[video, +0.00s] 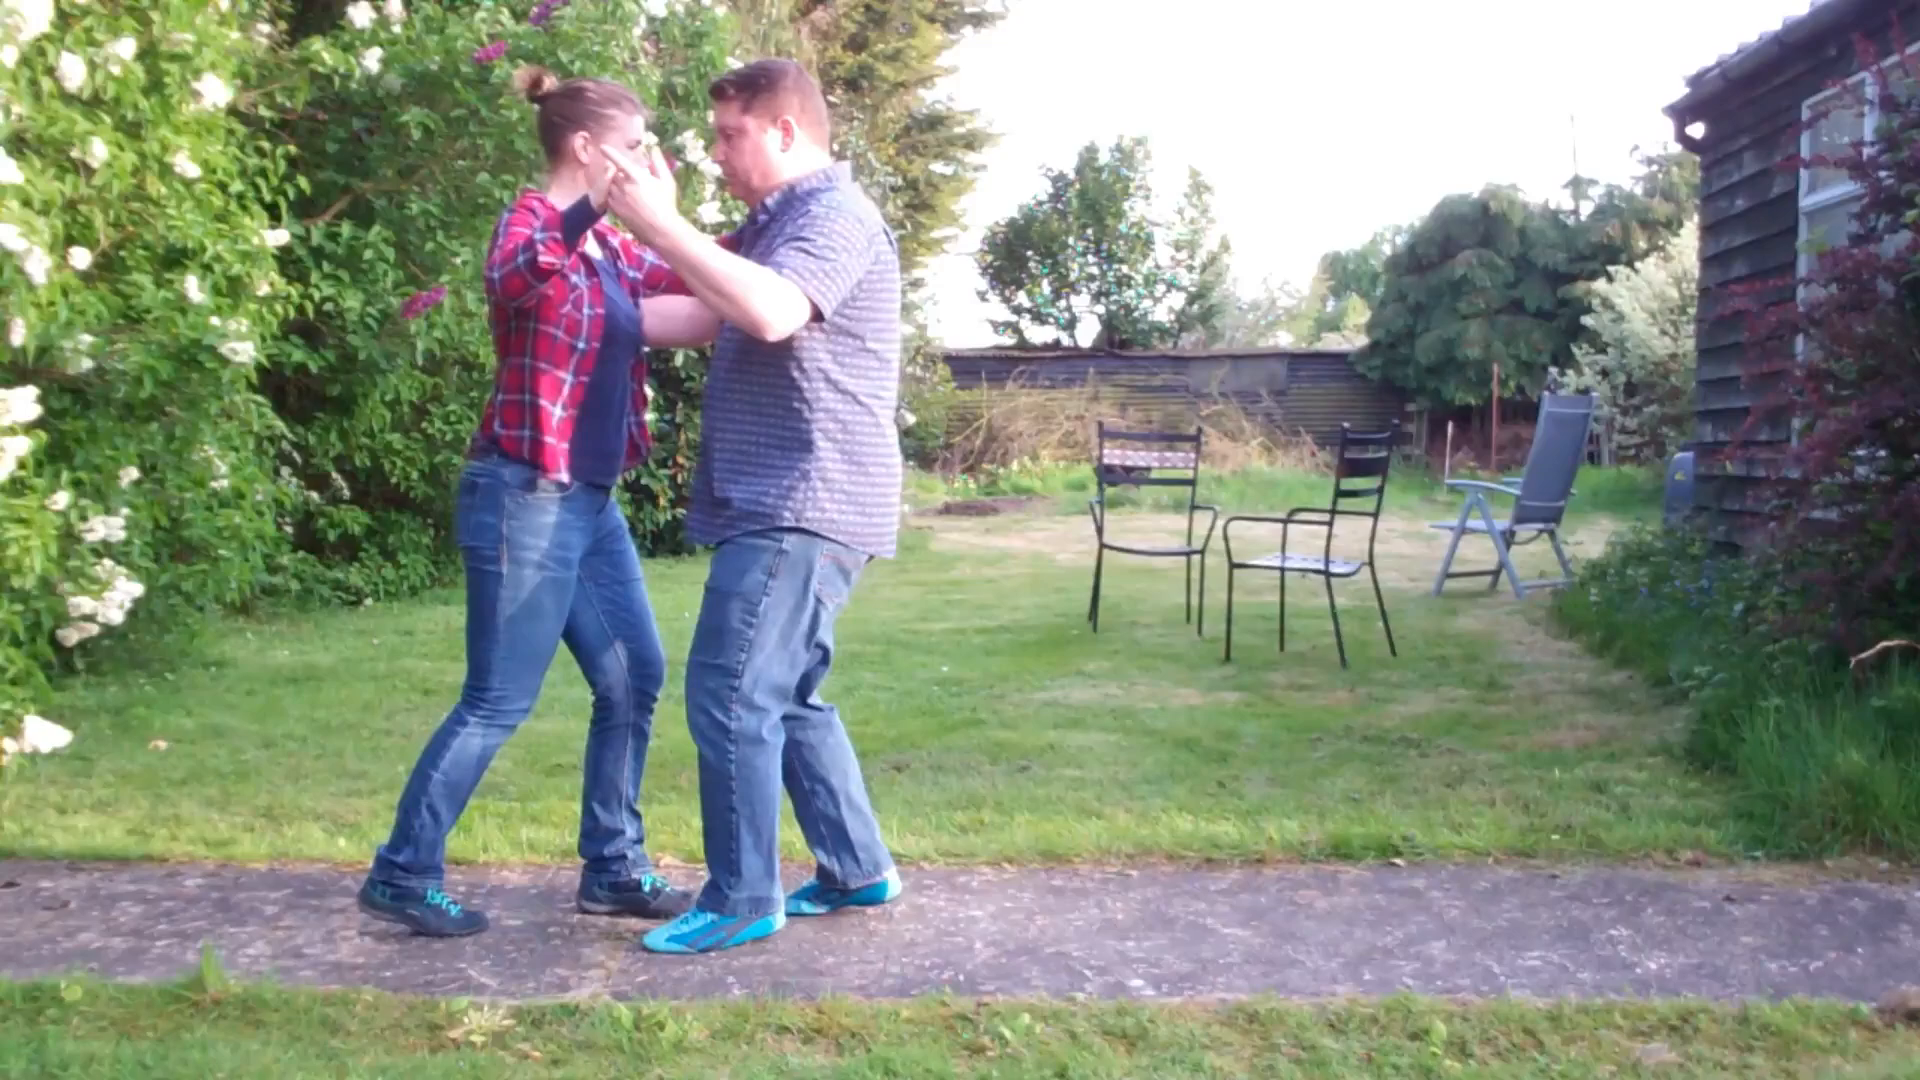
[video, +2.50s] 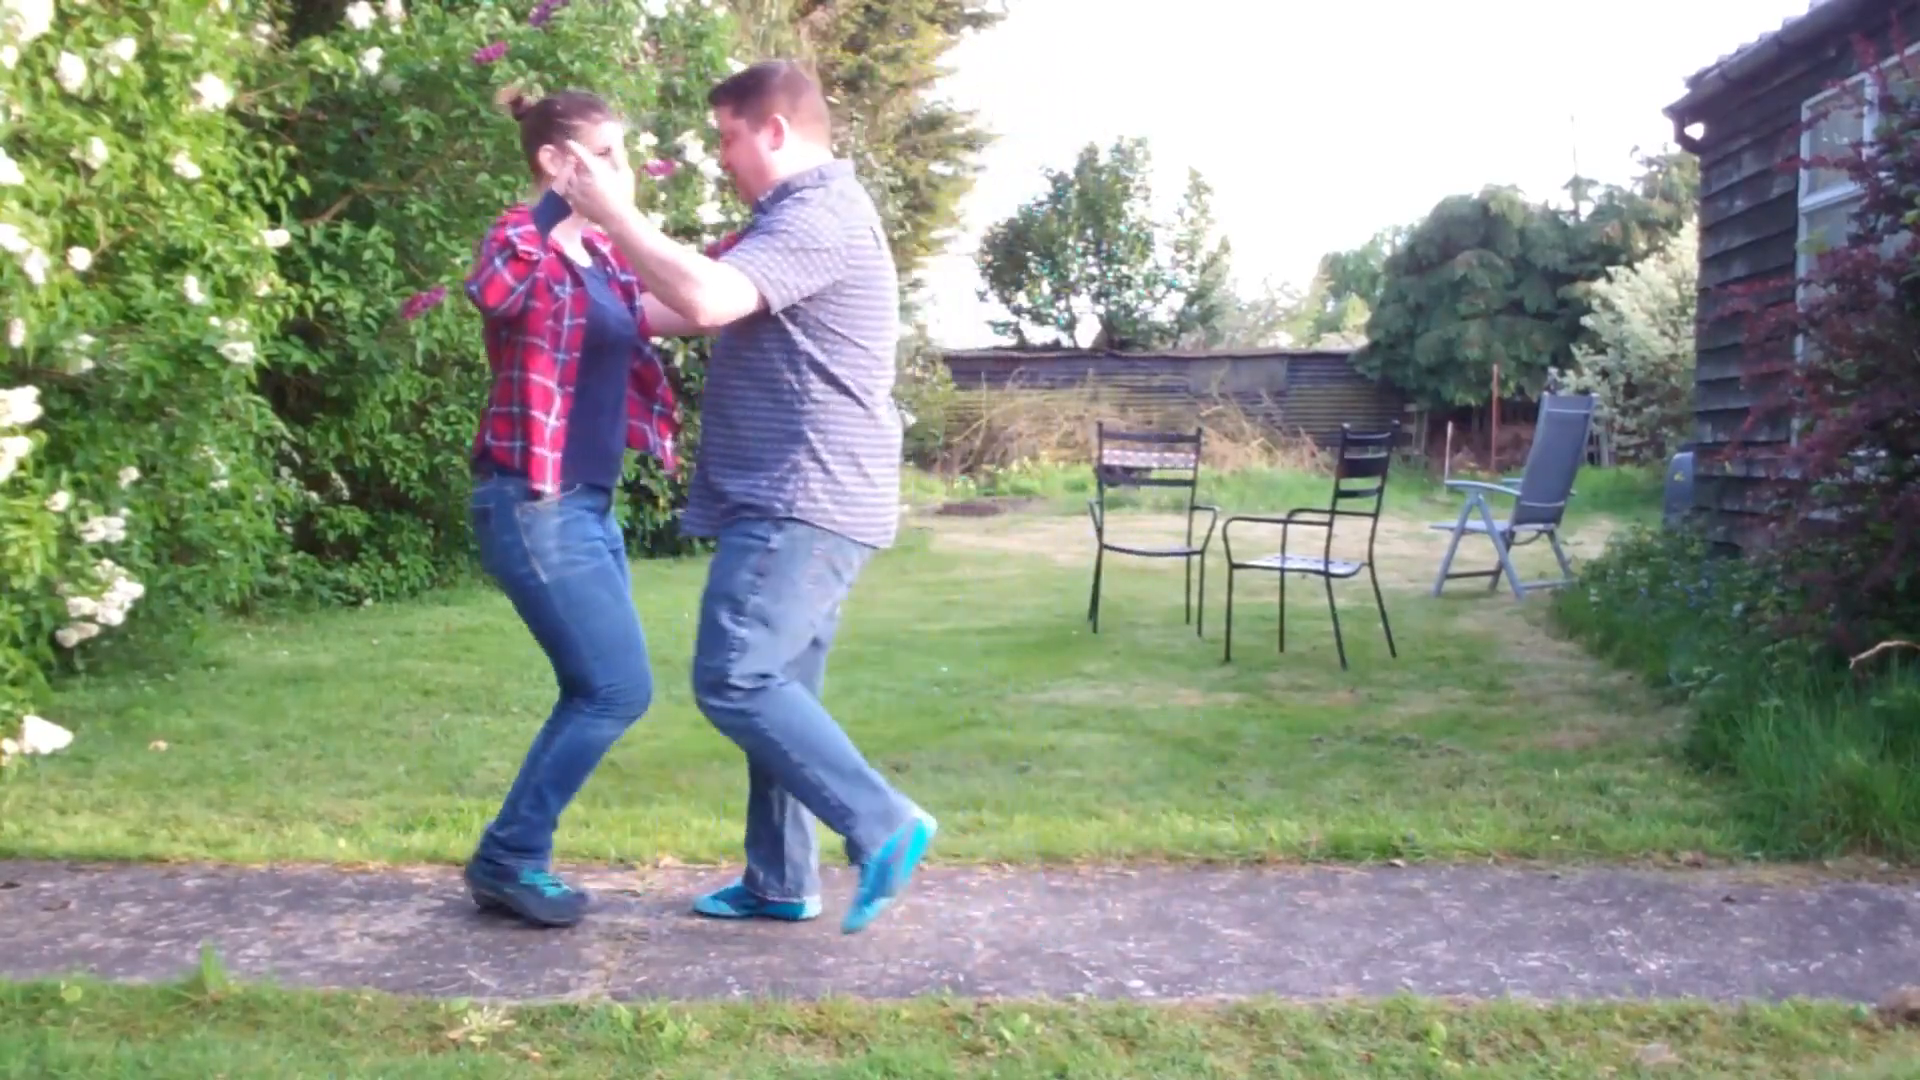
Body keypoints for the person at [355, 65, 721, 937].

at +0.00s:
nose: (646, 162)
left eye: (647, 147)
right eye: (635, 145)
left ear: (595, 153)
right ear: (586, 148)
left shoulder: (617, 249)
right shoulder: (531, 221)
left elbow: (693, 292)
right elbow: (518, 282)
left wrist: (677, 219)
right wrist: (597, 214)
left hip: (589, 499)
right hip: (523, 494)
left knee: (634, 672)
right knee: (498, 701)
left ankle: (612, 870)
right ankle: (402, 874)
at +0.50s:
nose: (660, 150)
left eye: (658, 134)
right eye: (647, 134)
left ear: (604, 143)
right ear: (599, 141)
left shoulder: (639, 241)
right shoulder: (550, 221)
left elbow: (725, 265)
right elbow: (545, 276)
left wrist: (801, 232)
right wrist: (615, 201)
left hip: (618, 491)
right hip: (561, 488)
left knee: (575, 693)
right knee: (639, 690)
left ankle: (519, 870)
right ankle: (518, 859)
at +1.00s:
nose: (778, 141)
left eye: (776, 125)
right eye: (763, 124)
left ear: (724, 140)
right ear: (715, 137)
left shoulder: (761, 242)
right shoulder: (677, 221)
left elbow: (859, 265)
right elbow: (675, 279)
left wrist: (943, 240)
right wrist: (760, 189)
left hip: (754, 486)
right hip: (702, 486)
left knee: (803, 690)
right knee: (752, 703)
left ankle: (659, 836)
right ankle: (704, 905)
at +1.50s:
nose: (855, 146)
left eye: (854, 131)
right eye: (842, 129)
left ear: (805, 143)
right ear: (789, 137)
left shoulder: (840, 239)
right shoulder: (754, 222)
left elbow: (942, 264)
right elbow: (765, 290)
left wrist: (1028, 229)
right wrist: (844, 199)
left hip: (867, 492)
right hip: (803, 497)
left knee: (911, 688)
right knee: (874, 705)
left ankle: (876, 886)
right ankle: (737, 861)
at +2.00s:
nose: (768, 149)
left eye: (765, 133)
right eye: (753, 132)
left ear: (725, 139)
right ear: (704, 135)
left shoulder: (752, 241)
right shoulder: (660, 226)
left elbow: (842, 266)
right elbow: (663, 286)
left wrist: (919, 248)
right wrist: (700, 188)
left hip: (747, 488)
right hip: (694, 487)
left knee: (795, 680)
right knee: (750, 695)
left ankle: (653, 820)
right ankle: (692, 899)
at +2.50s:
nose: (622, 168)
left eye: (621, 152)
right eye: (606, 152)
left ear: (586, 160)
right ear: (556, 159)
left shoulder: (605, 256)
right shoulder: (520, 234)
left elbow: (678, 314)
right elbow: (499, 296)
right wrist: (567, 207)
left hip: (585, 501)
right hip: (530, 499)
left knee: (600, 691)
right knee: (618, 688)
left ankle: (512, 858)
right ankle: (508, 859)